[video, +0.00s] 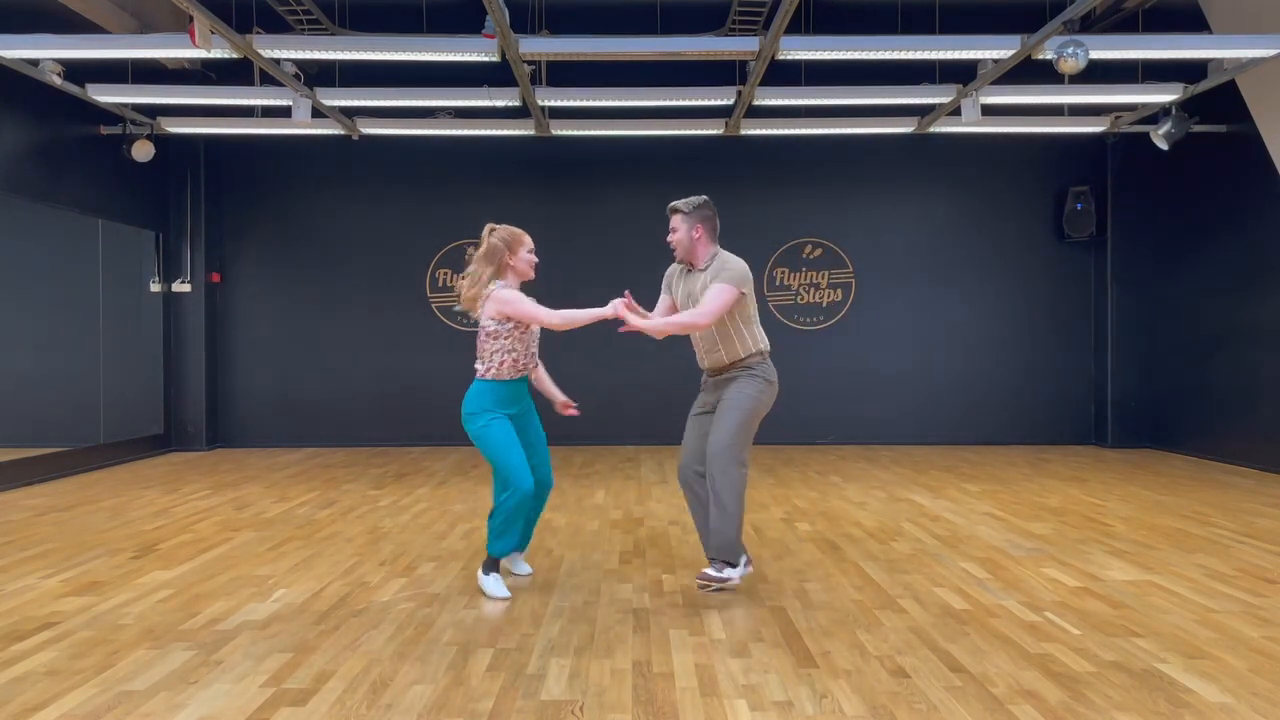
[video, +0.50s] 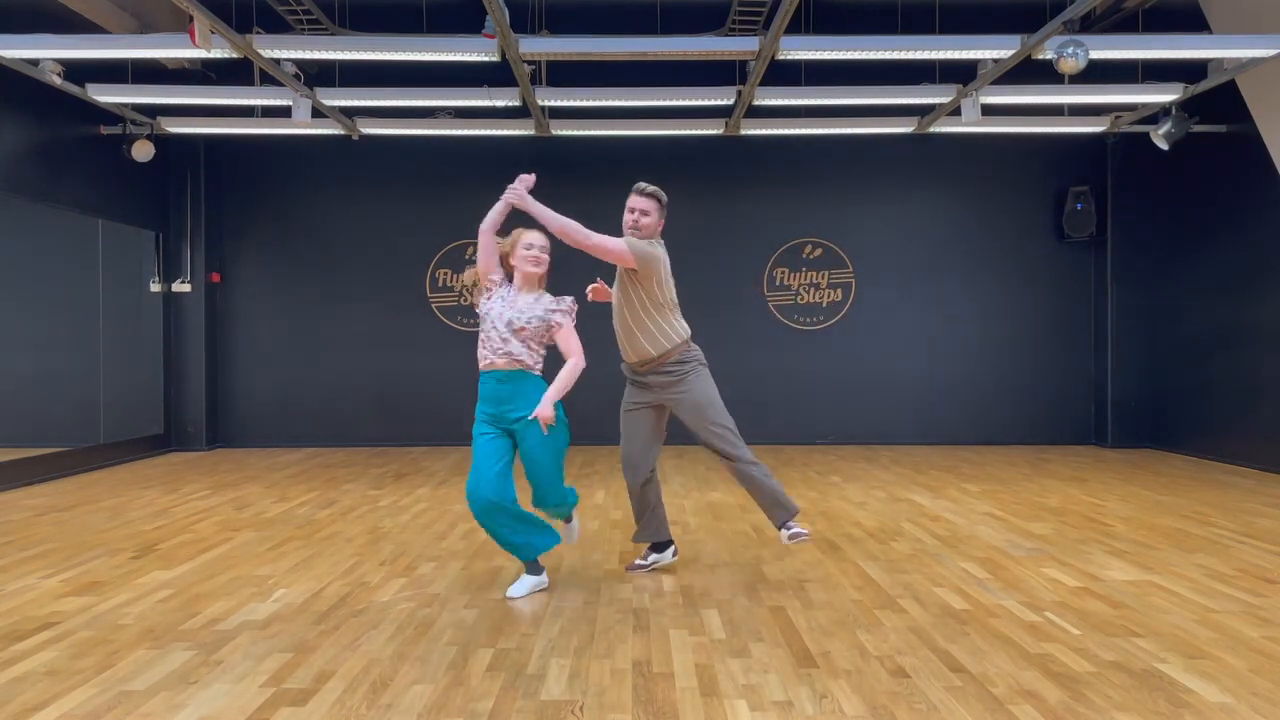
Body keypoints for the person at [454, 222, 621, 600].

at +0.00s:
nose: (535, 258)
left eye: (534, 251)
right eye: (529, 252)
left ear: (512, 258)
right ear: (508, 257)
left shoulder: (524, 301)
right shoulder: (499, 296)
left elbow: (532, 362)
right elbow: (554, 319)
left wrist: (557, 397)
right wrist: (608, 311)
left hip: (520, 401)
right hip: (487, 404)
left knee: (542, 481)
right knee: (521, 484)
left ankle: (512, 550)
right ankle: (490, 567)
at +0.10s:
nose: (541, 257)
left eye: (539, 250)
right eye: (535, 252)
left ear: (508, 262)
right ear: (513, 260)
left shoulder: (491, 298)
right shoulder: (533, 299)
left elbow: (486, 358)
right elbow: (585, 330)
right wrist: (621, 320)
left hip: (491, 399)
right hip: (505, 403)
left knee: (552, 465)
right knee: (522, 490)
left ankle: (533, 541)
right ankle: (469, 570)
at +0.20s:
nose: (548, 267)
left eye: (545, 261)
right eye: (540, 263)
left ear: (515, 276)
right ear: (517, 274)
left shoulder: (488, 311)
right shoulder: (546, 311)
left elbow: (476, 366)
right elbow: (596, 347)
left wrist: (495, 400)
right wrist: (637, 336)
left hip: (490, 407)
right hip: (524, 405)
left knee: (543, 468)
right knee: (517, 494)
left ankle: (530, 552)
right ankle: (468, 578)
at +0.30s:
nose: (550, 267)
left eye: (549, 261)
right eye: (542, 262)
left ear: (521, 271)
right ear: (520, 270)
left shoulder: (503, 308)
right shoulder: (538, 305)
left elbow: (494, 366)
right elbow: (591, 323)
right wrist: (620, 299)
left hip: (499, 403)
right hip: (517, 404)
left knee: (547, 479)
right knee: (523, 490)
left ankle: (530, 554)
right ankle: (471, 579)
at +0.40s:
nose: (551, 263)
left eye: (551, 256)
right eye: (543, 256)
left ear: (546, 262)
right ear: (517, 261)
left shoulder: (546, 307)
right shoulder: (502, 295)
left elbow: (555, 359)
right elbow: (519, 258)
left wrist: (555, 398)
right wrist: (564, 216)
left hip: (537, 406)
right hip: (495, 406)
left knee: (553, 481)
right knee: (516, 485)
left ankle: (536, 538)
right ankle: (506, 569)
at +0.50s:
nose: (537, 251)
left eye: (543, 248)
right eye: (528, 246)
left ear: (549, 262)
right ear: (511, 257)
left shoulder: (552, 307)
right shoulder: (494, 288)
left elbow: (576, 360)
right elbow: (486, 230)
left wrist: (549, 398)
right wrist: (509, 198)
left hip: (532, 400)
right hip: (488, 401)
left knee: (547, 496)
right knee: (484, 496)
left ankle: (566, 509)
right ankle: (533, 570)